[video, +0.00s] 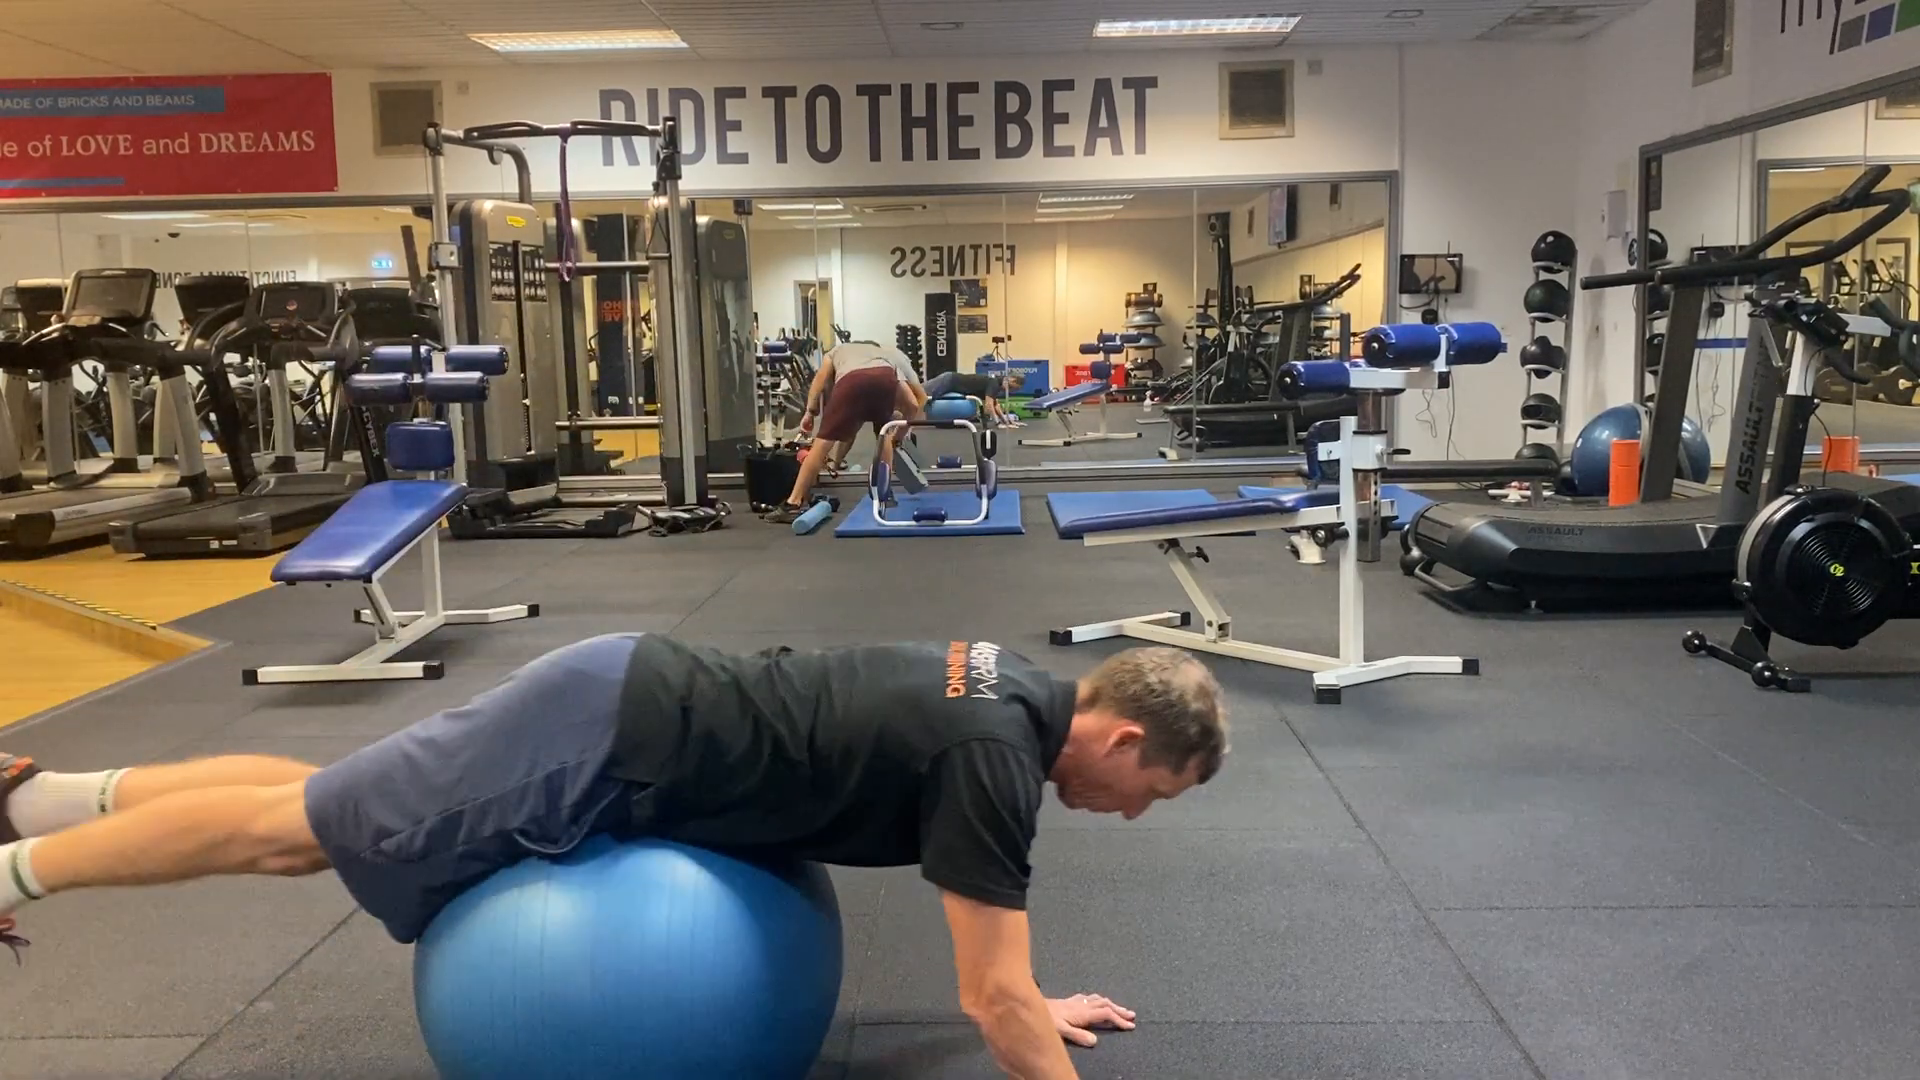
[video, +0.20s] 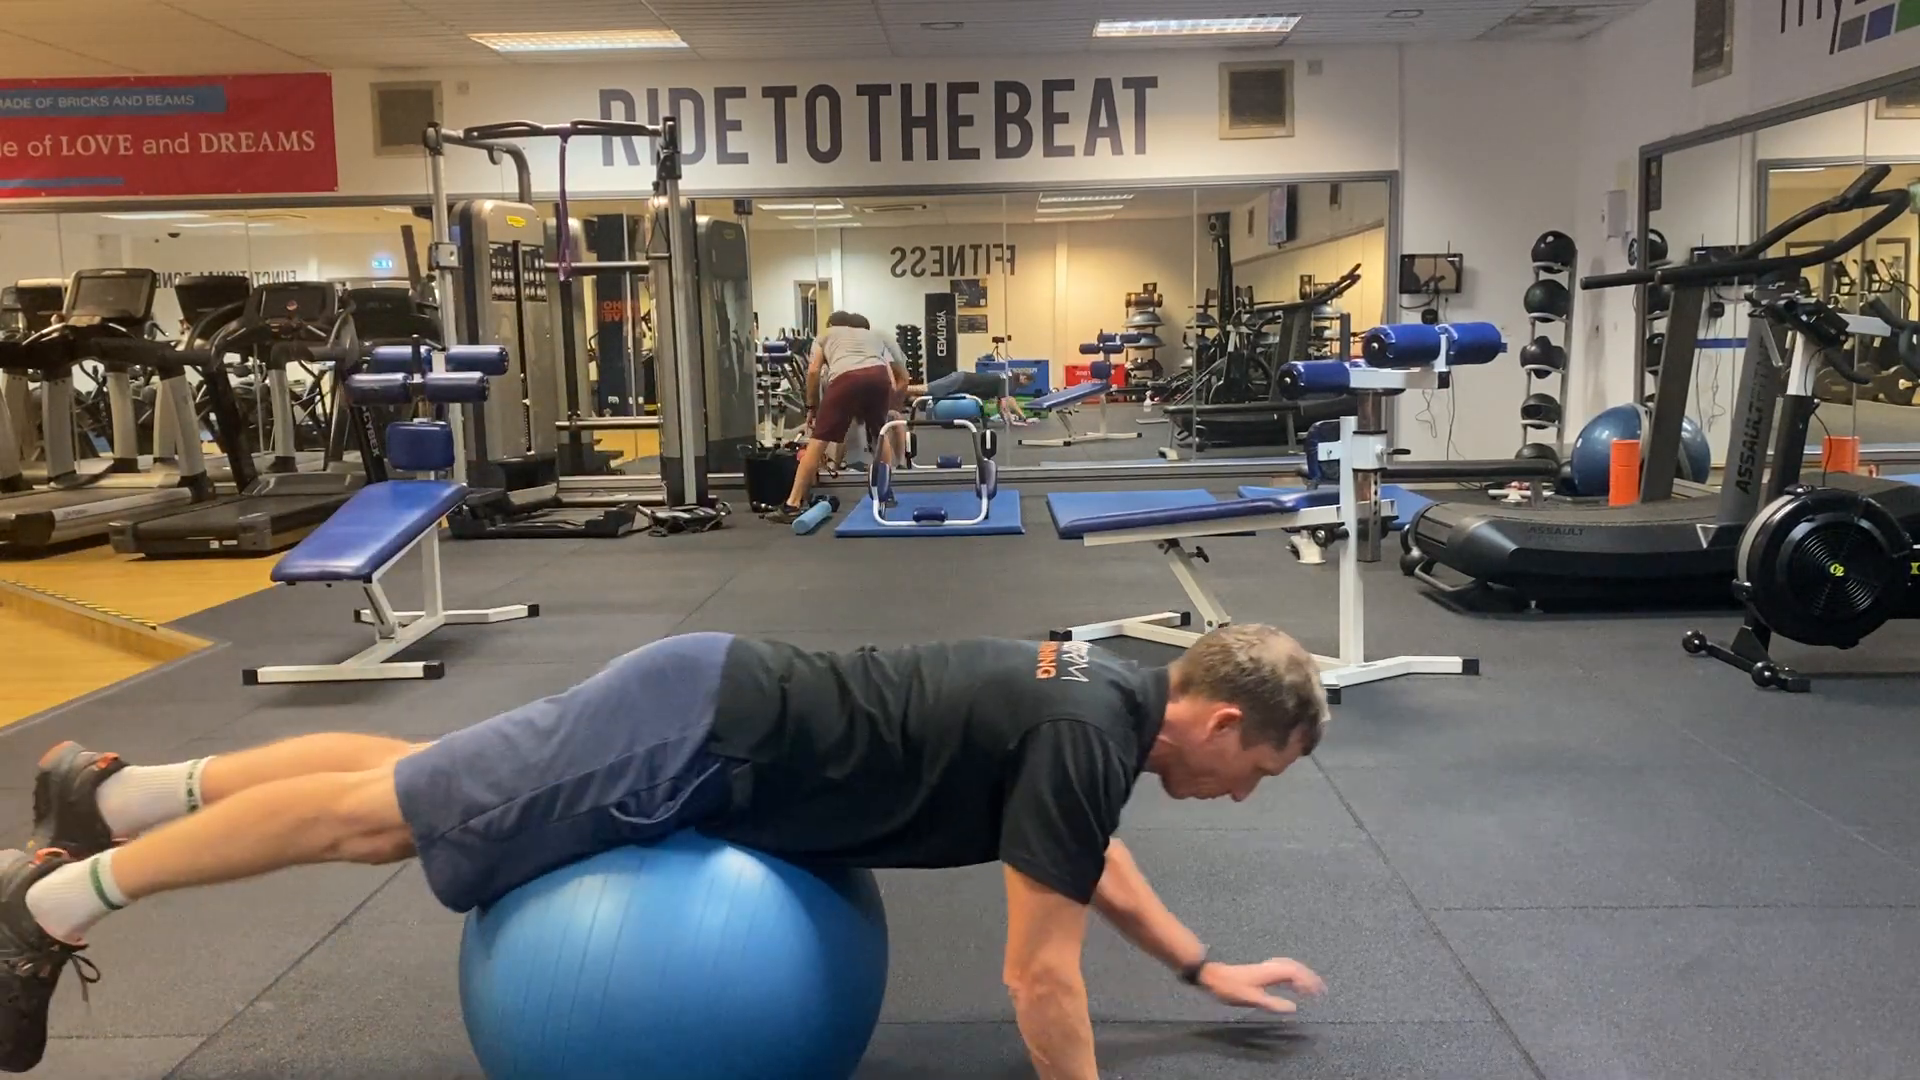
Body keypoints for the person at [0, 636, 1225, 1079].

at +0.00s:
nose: (1147, 806)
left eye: (1162, 789)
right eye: (1156, 788)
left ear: (1108, 705)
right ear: (1116, 740)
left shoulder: (1012, 694)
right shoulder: (991, 767)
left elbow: (983, 904)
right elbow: (996, 997)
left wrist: (1037, 1005)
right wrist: (1063, 1066)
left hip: (640, 678)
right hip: (621, 722)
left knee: (319, 793)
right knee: (305, 829)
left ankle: (52, 792)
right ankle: (29, 860)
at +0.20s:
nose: (1248, 786)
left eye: (1263, 765)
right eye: (1259, 764)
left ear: (1209, 695)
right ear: (1214, 723)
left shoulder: (1113, 682)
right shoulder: (1084, 747)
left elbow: (1098, 866)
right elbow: (1037, 977)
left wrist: (1205, 972)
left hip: (717, 684)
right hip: (699, 721)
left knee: (407, 769)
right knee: (375, 825)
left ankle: (131, 784)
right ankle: (62, 896)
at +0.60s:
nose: (1452, 720)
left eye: (1463, 700)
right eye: (1460, 698)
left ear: (1396, 640)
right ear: (1411, 666)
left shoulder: (1290, 664)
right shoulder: (1289, 712)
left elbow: (1288, 863)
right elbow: (1163, 904)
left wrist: (1345, 1011)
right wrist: (1193, 1077)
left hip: (909, 664)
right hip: (914, 726)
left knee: (607, 740)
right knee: (582, 820)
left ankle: (306, 776)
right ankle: (251, 911)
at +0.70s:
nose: (1488, 723)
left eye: (1501, 705)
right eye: (1496, 700)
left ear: (1438, 633)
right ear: (1449, 663)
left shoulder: (1325, 643)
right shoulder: (1339, 705)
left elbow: (1295, 863)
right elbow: (1311, 929)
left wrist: (1356, 992)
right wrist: (1397, 1054)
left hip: (955, 662)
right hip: (955, 718)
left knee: (651, 732)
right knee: (622, 812)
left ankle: (349, 744)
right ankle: (300, 904)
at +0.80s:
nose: (1533, 727)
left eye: (1544, 706)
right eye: (1534, 701)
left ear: (1464, 650)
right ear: (1483, 661)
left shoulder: (1346, 659)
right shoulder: (1401, 723)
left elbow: (1297, 863)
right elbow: (1504, 957)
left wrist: (1342, 1011)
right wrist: (1599, 1076)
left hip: (989, 676)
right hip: (984, 728)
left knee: (689, 720)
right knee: (655, 797)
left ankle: (399, 728)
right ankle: (331, 858)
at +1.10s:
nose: (1721, 726)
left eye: (1728, 703)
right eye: (1728, 704)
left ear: (1641, 652)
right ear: (1678, 685)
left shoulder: (1517, 671)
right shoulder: (1567, 745)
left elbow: (1373, 808)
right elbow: (1614, 998)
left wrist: (1418, 966)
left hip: (1163, 717)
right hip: (1150, 748)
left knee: (836, 740)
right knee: (832, 758)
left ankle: (515, 691)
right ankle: (496, 706)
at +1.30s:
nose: (1767, 771)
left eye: (1781, 753)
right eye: (1784, 750)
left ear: (1721, 666)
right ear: (1753, 704)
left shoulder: (1594, 681)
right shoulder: (1640, 727)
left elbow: (1554, 888)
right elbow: (1630, 970)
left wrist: (1620, 1003)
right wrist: (1659, 1063)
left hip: (1229, 733)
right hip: (1232, 726)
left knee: (913, 769)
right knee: (899, 780)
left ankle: (642, 604)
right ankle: (633, 609)